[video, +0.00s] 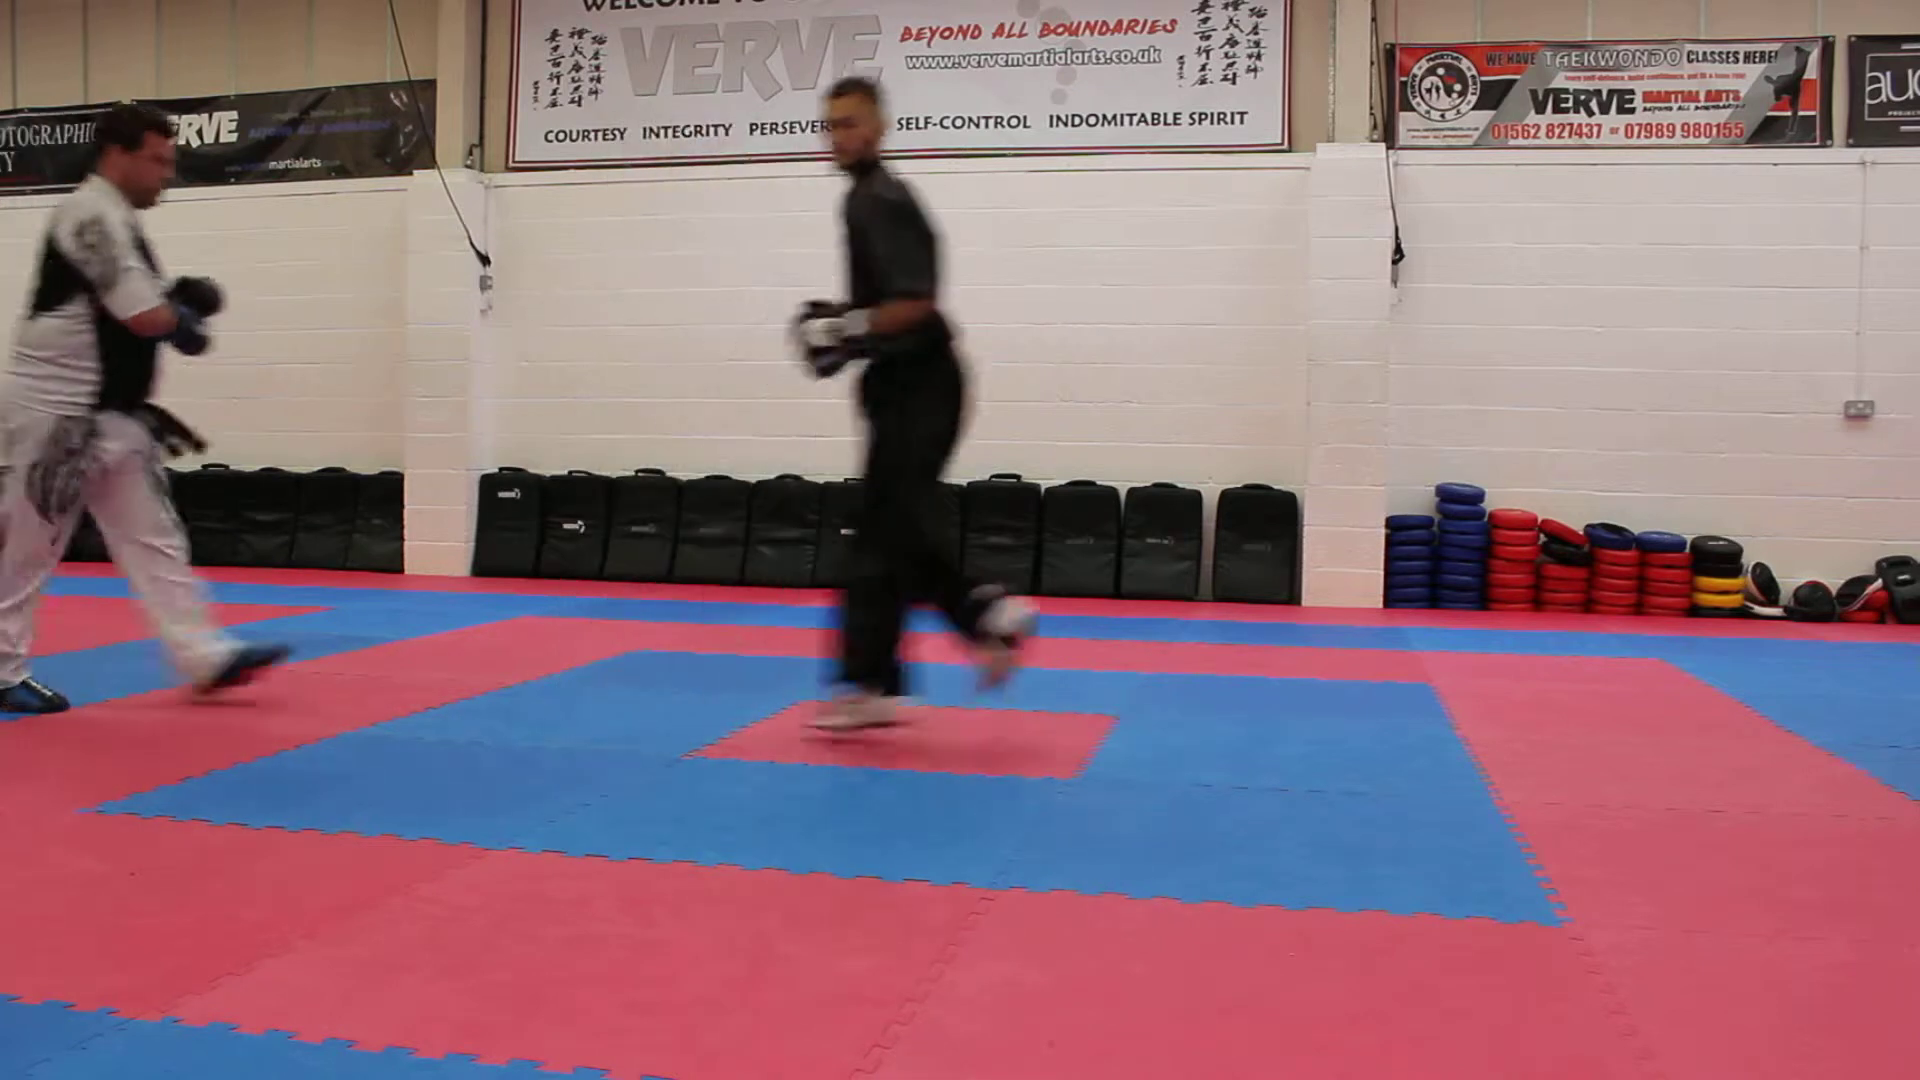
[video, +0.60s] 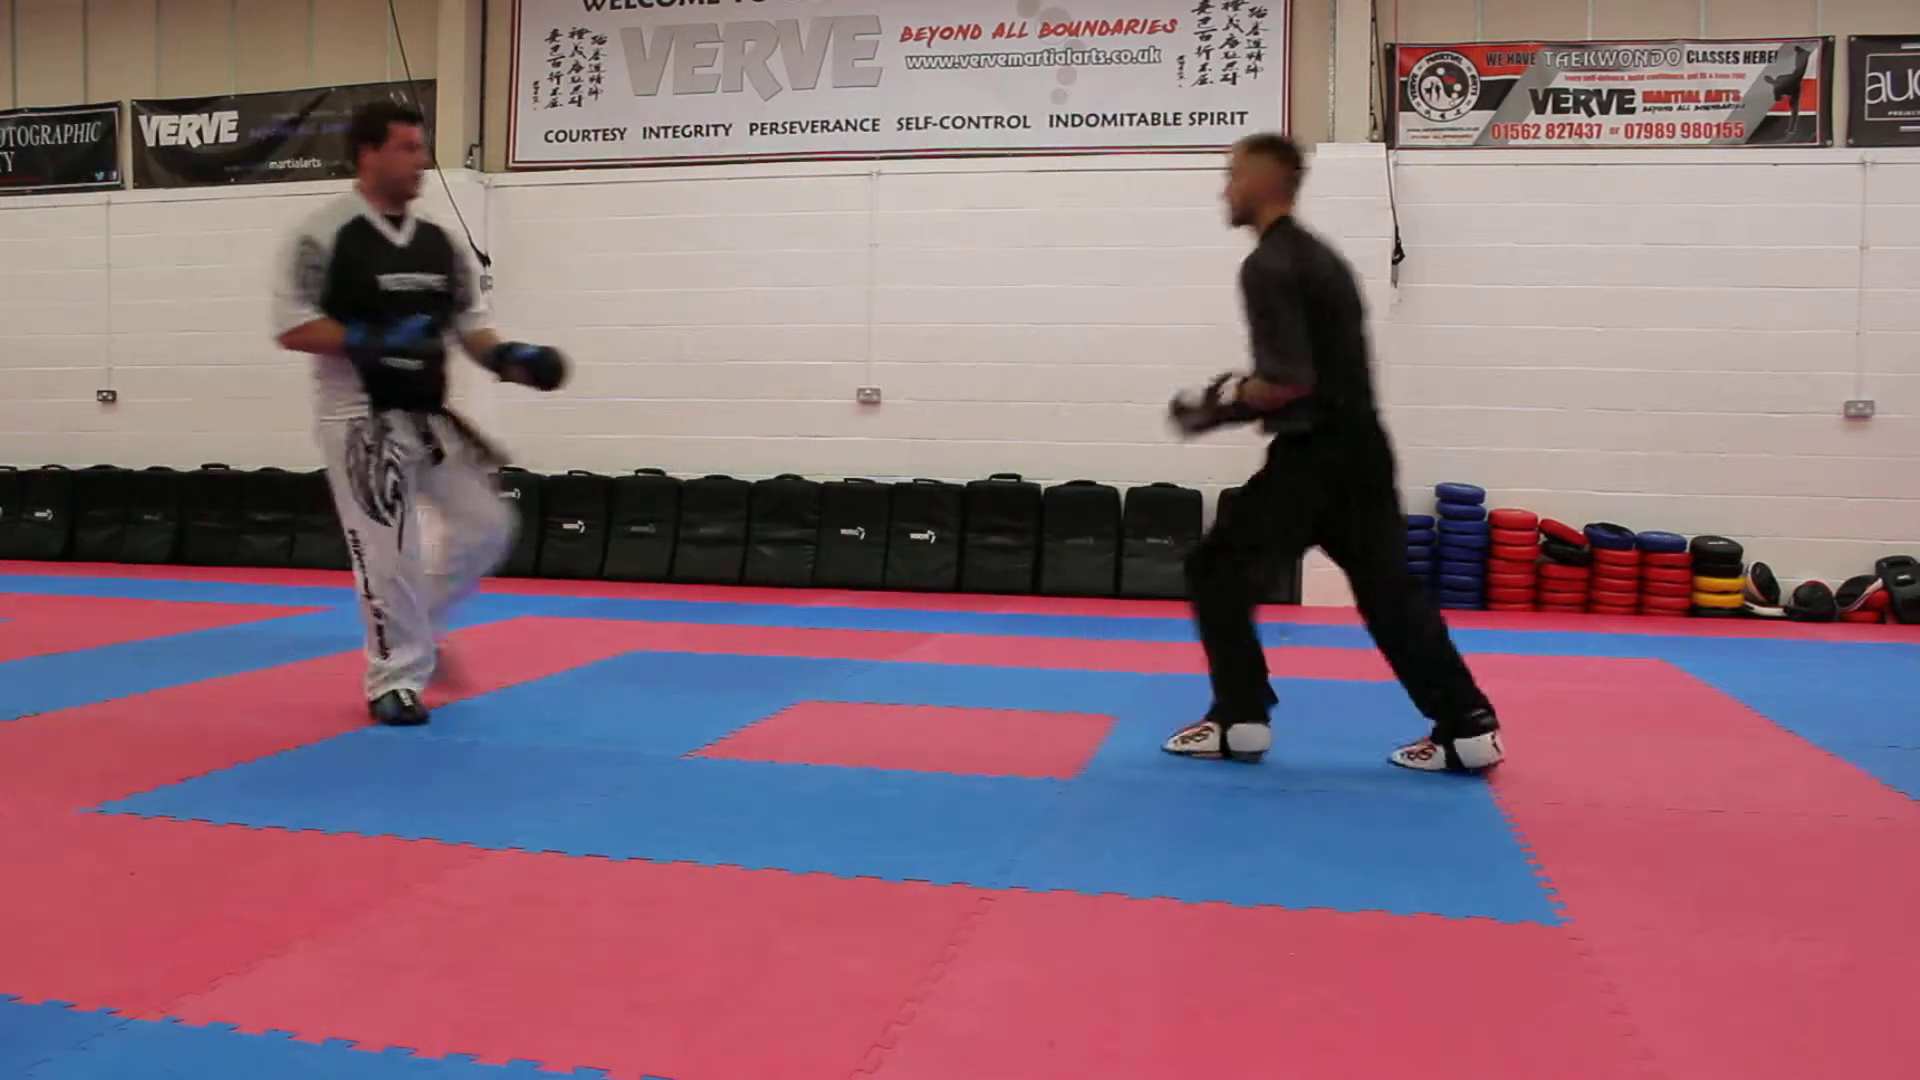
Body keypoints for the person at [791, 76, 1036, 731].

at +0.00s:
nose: (838, 135)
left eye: (850, 123)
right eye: (832, 125)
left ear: (879, 126)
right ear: (830, 131)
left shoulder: (887, 201)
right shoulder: (863, 199)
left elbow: (914, 303)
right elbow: (884, 297)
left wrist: (847, 330)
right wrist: (841, 321)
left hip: (921, 379)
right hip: (898, 378)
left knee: (893, 517)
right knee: (888, 520)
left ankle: (989, 615)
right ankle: (871, 683)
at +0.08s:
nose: (884, 134)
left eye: (895, 121)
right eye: (881, 122)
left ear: (932, 124)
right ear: (896, 127)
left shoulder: (945, 202)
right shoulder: (923, 199)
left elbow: (973, 306)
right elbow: (940, 300)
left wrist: (910, 338)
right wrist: (903, 347)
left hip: (980, 380)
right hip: (955, 380)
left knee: (955, 527)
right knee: (950, 532)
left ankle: (1067, 622)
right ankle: (1003, 685)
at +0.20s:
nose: (966, 161)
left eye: (977, 148)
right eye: (967, 148)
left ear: (1013, 155)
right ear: (996, 157)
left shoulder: (1030, 236)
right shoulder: (1014, 232)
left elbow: (1054, 347)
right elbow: (1029, 340)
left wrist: (987, 381)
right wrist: (986, 377)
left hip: (1067, 423)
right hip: (1047, 421)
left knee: (1057, 570)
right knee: (1055, 568)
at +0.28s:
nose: (1016, 156)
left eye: (1027, 144)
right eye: (1019, 144)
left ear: (1062, 149)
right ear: (1061, 152)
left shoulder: (1073, 230)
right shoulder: (1084, 223)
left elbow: (1096, 333)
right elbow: (1097, 330)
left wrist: (1029, 363)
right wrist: (1035, 358)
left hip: (1110, 419)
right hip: (1134, 413)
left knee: (1067, 565)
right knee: (1135, 561)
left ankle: (1112, 713)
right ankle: (1247, 657)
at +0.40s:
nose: (1101, 141)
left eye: (1114, 129)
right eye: (1104, 129)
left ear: (1149, 136)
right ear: (1147, 138)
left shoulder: (1155, 214)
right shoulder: (1171, 209)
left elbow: (1183, 317)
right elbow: (1177, 314)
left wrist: (1117, 343)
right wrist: (1118, 342)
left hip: (1190, 405)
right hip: (1226, 399)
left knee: (1134, 549)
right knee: (1261, 550)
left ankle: (1130, 706)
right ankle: (1366, 666)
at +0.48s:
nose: (1158, 161)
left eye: (1169, 150)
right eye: (1161, 149)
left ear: (1202, 157)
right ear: (1208, 158)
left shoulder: (1210, 239)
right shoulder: (1240, 231)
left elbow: (1230, 348)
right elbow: (1241, 338)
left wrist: (1165, 371)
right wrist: (1171, 365)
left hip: (1246, 431)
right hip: (1285, 424)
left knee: (1161, 541)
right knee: (1325, 561)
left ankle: (1193, 700)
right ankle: (1430, 694)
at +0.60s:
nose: (1225, 187)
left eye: (1236, 173)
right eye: (1228, 173)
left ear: (1273, 183)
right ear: (1283, 186)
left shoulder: (1270, 265)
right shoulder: (1324, 260)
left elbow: (1287, 381)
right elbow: (1314, 382)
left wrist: (1237, 394)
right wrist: (1230, 408)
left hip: (1308, 466)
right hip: (1360, 463)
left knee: (1216, 571)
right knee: (1390, 598)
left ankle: (1240, 718)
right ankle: (1468, 728)